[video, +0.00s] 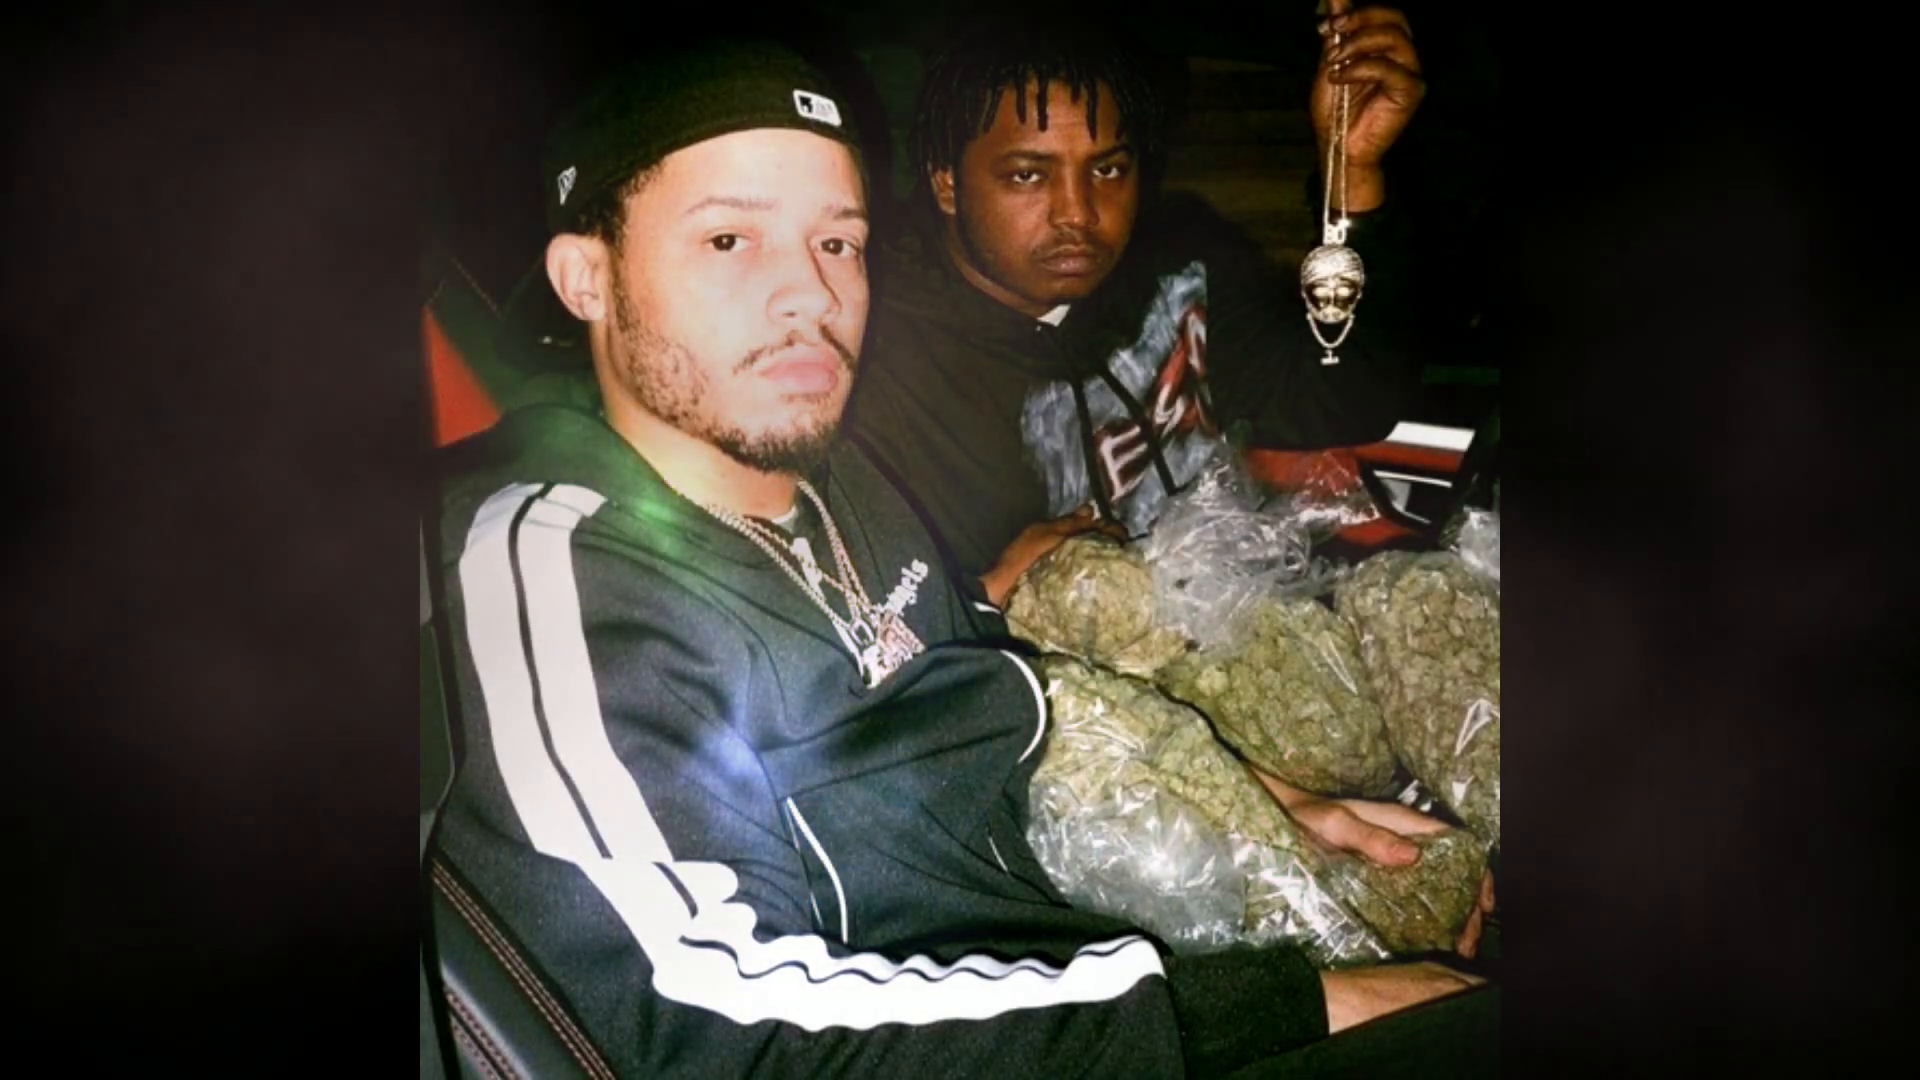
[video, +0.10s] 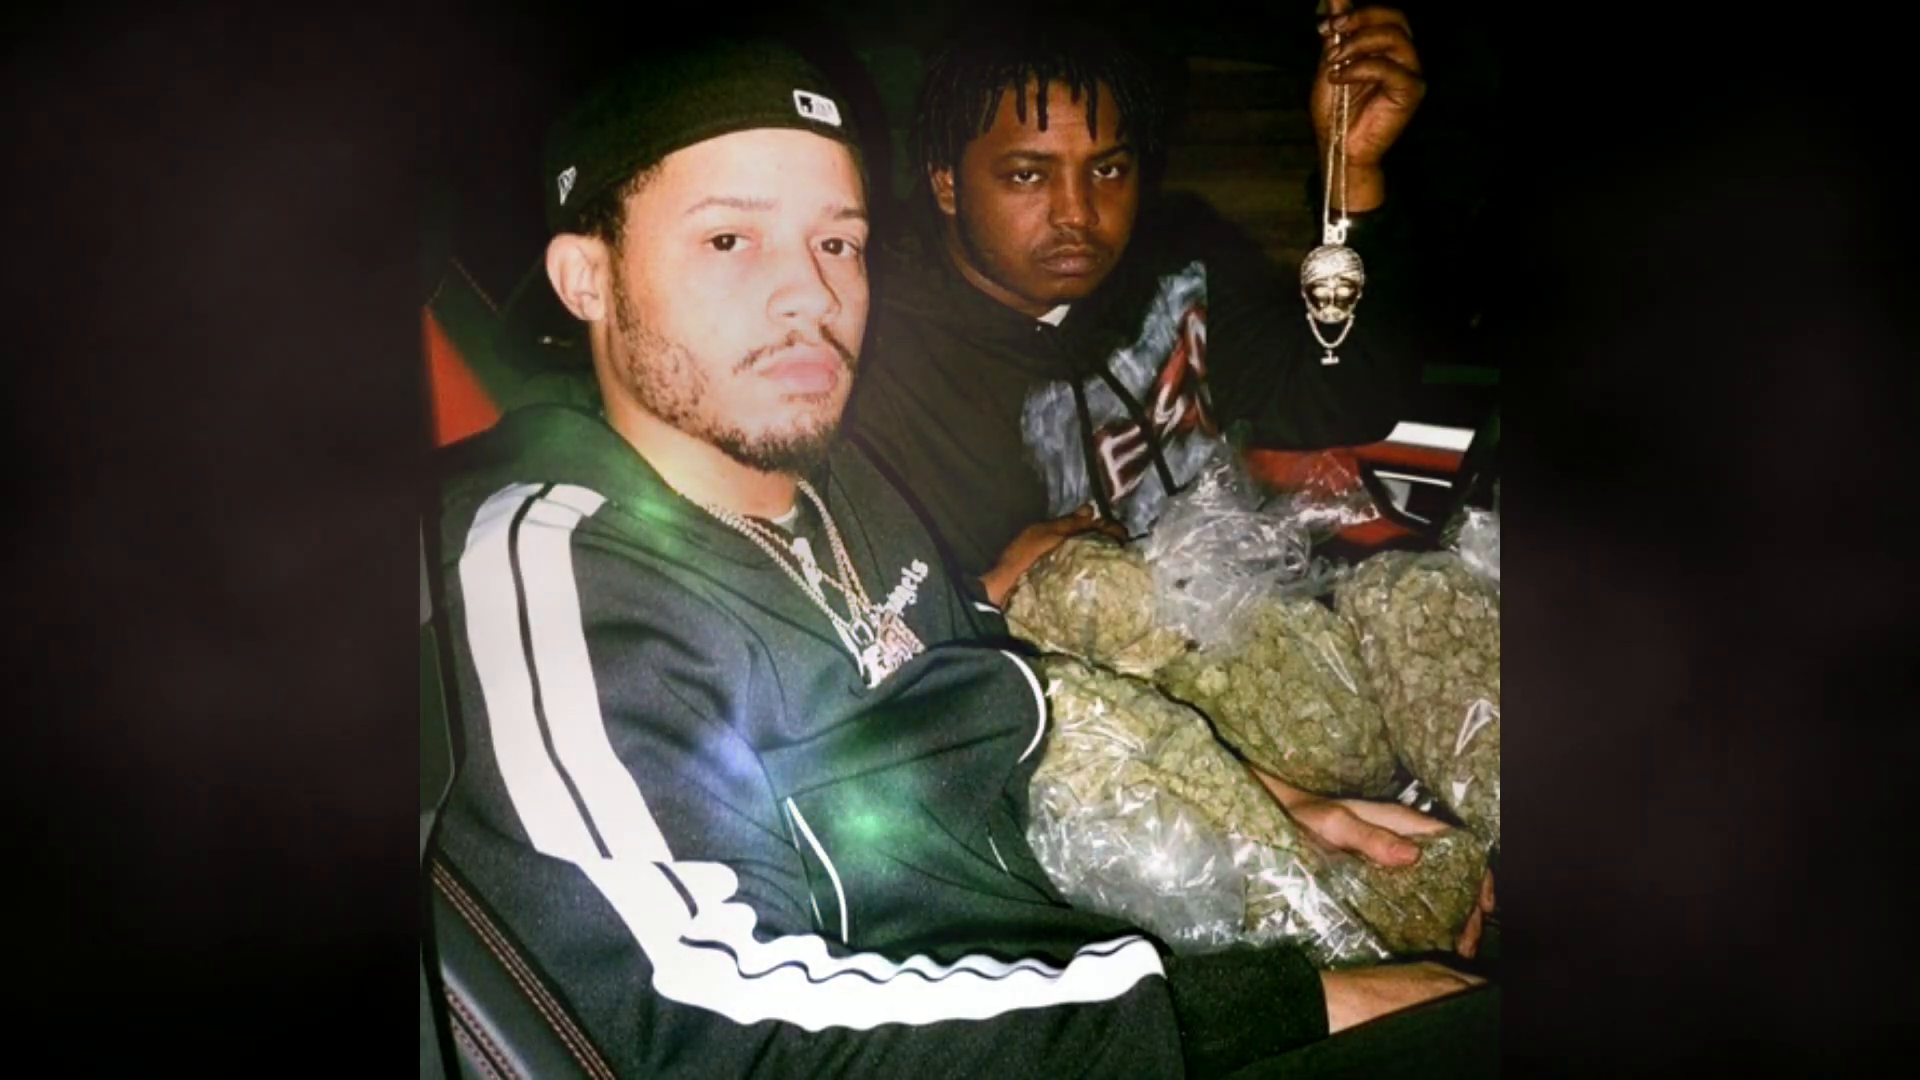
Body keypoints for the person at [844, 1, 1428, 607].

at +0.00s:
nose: (1078, 216)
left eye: (1108, 170)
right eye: (1028, 175)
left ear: (1142, 173)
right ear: (944, 186)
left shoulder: (1180, 256)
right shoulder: (892, 362)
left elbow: (1347, 414)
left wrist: (1352, 173)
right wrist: (992, 592)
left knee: (1429, 599)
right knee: (1082, 581)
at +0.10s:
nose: (1077, 217)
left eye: (1108, 170)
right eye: (1028, 175)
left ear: (1142, 173)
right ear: (944, 187)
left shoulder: (1180, 257)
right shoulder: (891, 361)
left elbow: (1348, 411)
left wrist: (1353, 172)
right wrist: (991, 594)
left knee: (1426, 601)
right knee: (1082, 582)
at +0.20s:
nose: (1077, 217)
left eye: (1108, 171)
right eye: (1028, 175)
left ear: (1142, 173)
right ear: (944, 187)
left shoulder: (1180, 258)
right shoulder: (890, 360)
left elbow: (1338, 420)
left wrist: (1352, 172)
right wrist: (990, 594)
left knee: (1424, 599)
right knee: (1082, 584)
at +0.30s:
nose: (1077, 216)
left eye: (1108, 171)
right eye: (1028, 175)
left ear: (1142, 173)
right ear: (944, 187)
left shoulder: (1181, 256)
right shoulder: (891, 357)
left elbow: (1349, 411)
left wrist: (1352, 172)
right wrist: (992, 591)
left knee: (1425, 599)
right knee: (1080, 580)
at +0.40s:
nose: (1077, 216)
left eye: (1108, 171)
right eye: (1028, 175)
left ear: (1142, 173)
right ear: (944, 187)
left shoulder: (1180, 256)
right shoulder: (890, 359)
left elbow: (1350, 409)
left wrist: (1352, 173)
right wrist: (992, 594)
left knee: (1425, 598)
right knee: (1080, 580)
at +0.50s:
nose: (1077, 216)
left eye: (1108, 171)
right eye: (1028, 175)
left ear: (1142, 172)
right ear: (945, 187)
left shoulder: (1180, 256)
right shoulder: (892, 360)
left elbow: (1351, 409)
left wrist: (1352, 172)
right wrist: (992, 592)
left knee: (1424, 598)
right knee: (1079, 580)